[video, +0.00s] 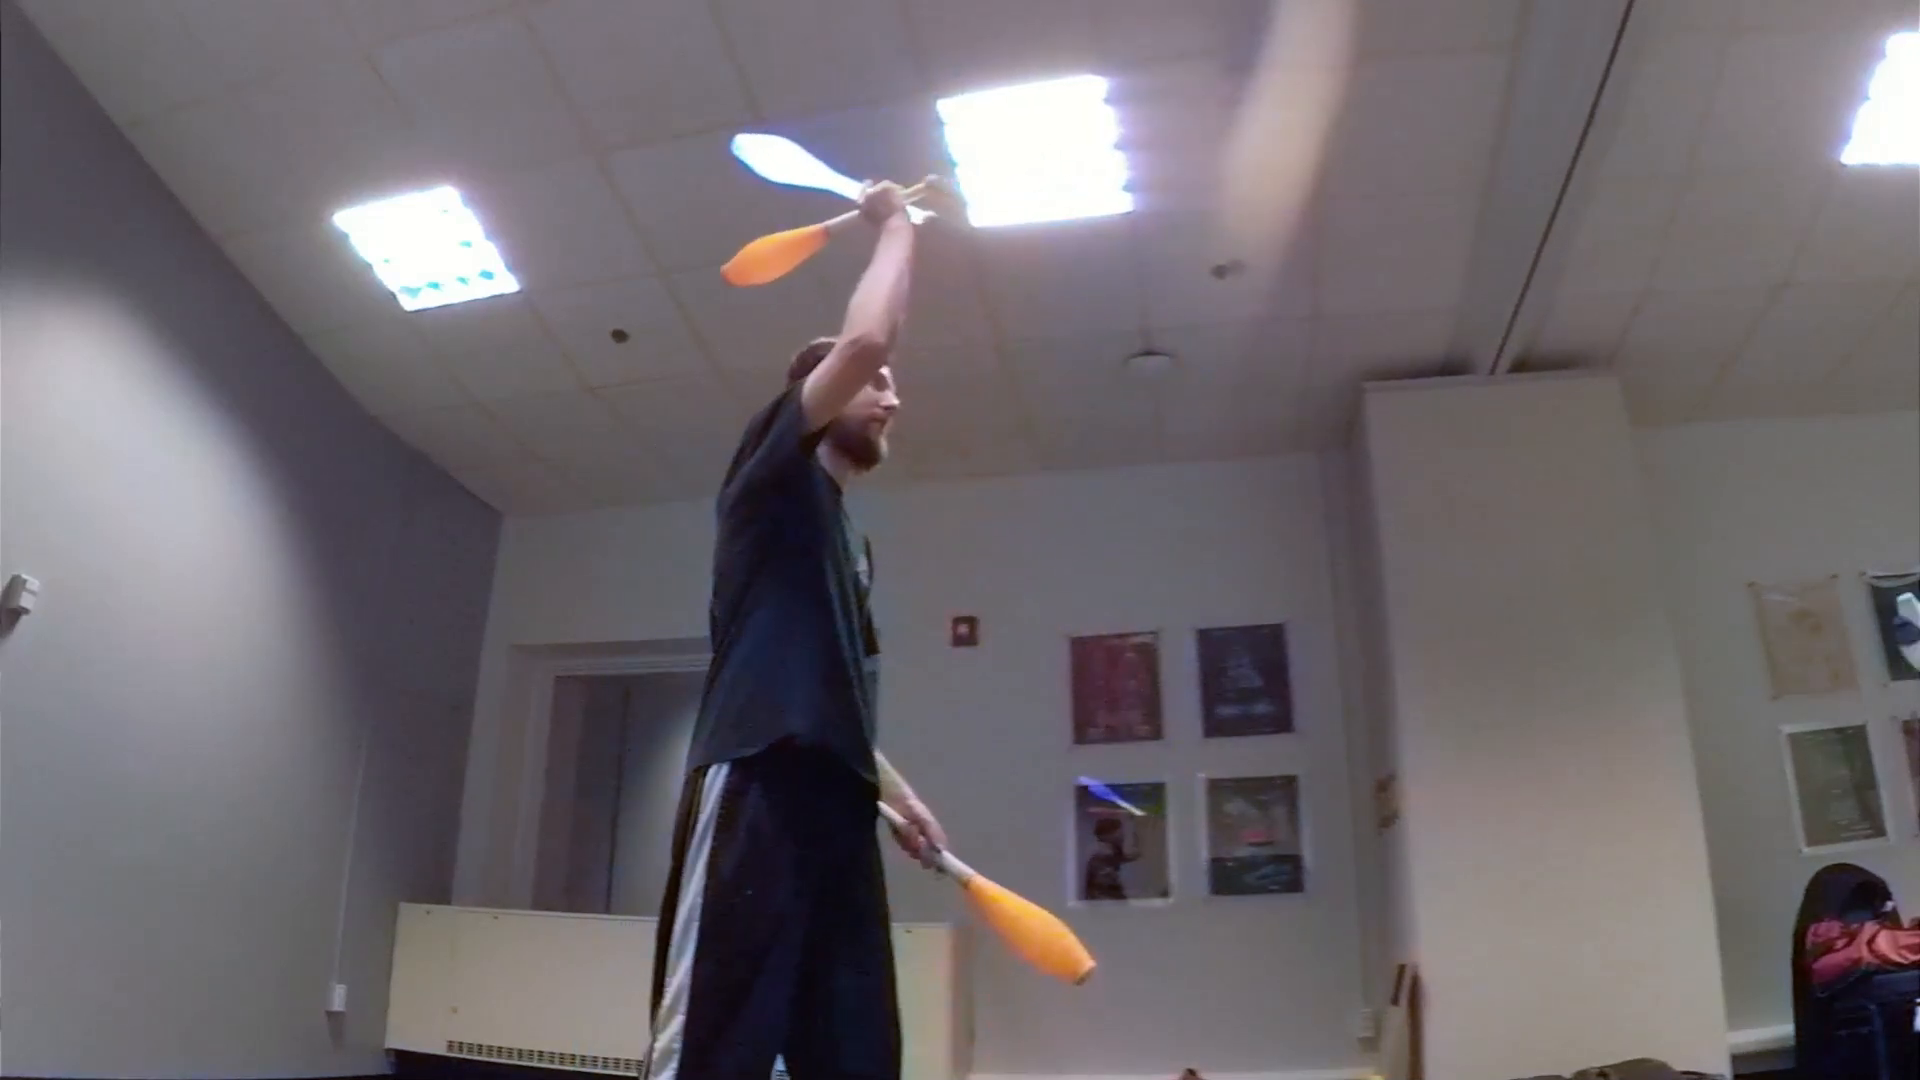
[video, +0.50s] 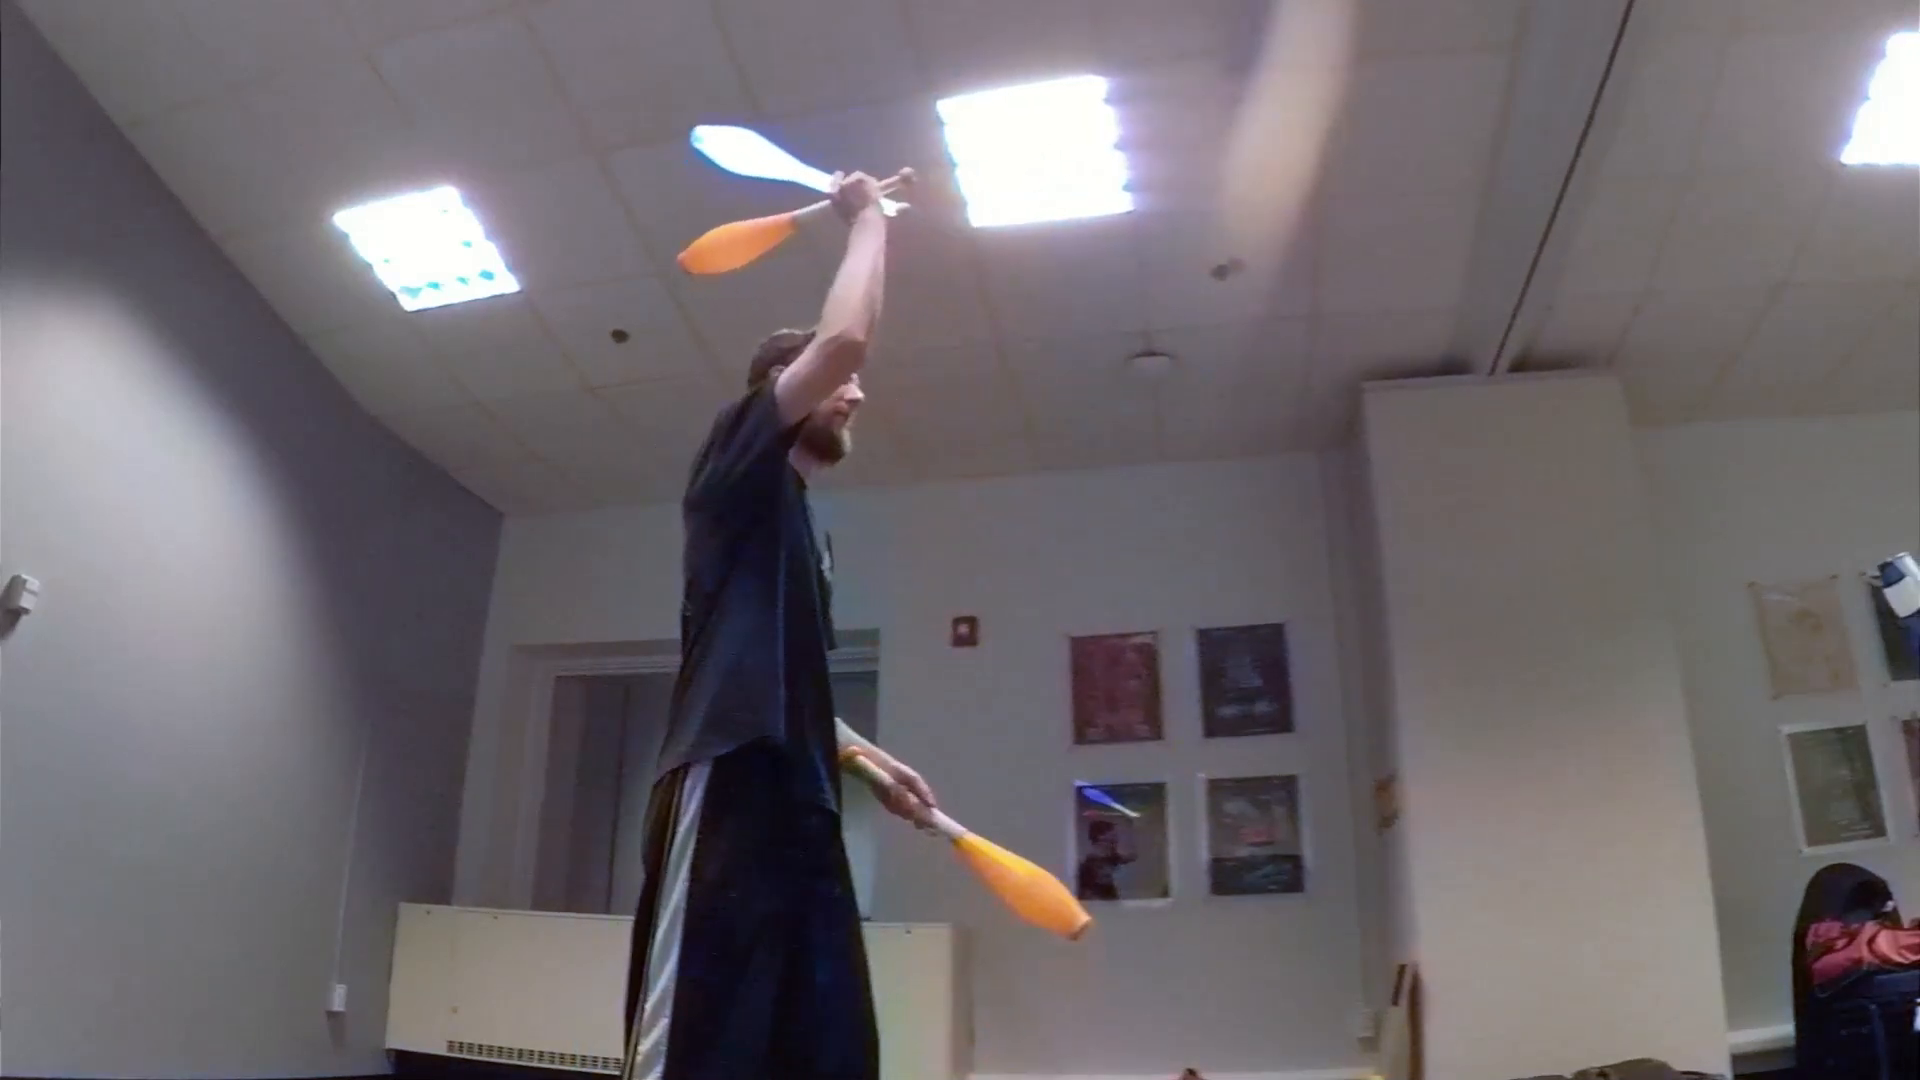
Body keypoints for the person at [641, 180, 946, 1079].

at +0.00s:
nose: (890, 400)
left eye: (892, 386)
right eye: (871, 380)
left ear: (877, 410)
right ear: (817, 389)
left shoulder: (838, 534)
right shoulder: (771, 469)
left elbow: (826, 695)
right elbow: (863, 338)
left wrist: (893, 792)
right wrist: (898, 221)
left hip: (833, 795)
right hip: (756, 784)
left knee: (851, 1039)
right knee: (716, 1033)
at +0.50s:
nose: (854, 395)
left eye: (855, 381)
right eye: (838, 374)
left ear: (823, 398)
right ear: (780, 380)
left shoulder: (789, 515)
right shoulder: (737, 458)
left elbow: (785, 688)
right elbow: (842, 334)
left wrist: (871, 759)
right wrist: (869, 215)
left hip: (793, 779)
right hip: (732, 770)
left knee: (817, 1008)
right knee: (710, 1006)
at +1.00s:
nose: (831, 399)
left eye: (832, 389)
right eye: (809, 381)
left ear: (831, 413)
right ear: (748, 397)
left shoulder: (798, 545)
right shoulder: (697, 499)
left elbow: (761, 696)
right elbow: (645, 668)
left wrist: (843, 746)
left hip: (762, 838)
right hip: (671, 841)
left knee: (854, 1040)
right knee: (690, 1060)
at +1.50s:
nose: (910, 396)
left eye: (912, 386)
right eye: (889, 377)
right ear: (830, 391)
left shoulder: (848, 536)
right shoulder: (781, 481)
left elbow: (817, 678)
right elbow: (857, 588)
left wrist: (855, 758)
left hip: (788, 829)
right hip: (704, 821)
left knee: (842, 1050)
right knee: (698, 1055)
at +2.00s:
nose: (885, 367)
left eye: (884, 357)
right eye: (862, 348)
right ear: (802, 365)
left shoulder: (867, 524)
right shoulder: (731, 463)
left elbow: (918, 644)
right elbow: (644, 614)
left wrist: (992, 558)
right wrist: (734, 712)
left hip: (822, 836)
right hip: (709, 825)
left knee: (883, 1046)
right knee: (694, 1056)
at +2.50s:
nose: (967, 396)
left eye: (964, 382)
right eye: (948, 376)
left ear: (899, 394)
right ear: (893, 387)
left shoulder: (869, 502)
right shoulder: (871, 477)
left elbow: (876, 700)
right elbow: (978, 627)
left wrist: (1016, 735)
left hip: (851, 840)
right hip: (786, 826)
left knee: (927, 1052)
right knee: (739, 1060)